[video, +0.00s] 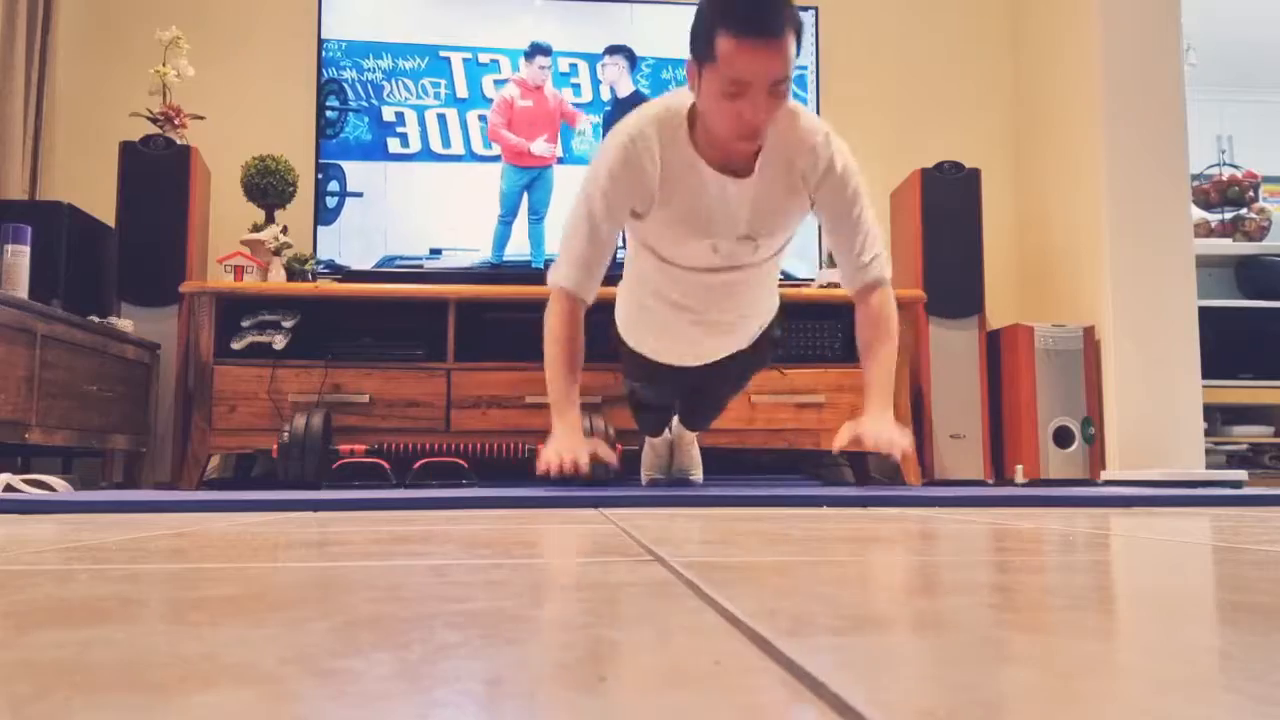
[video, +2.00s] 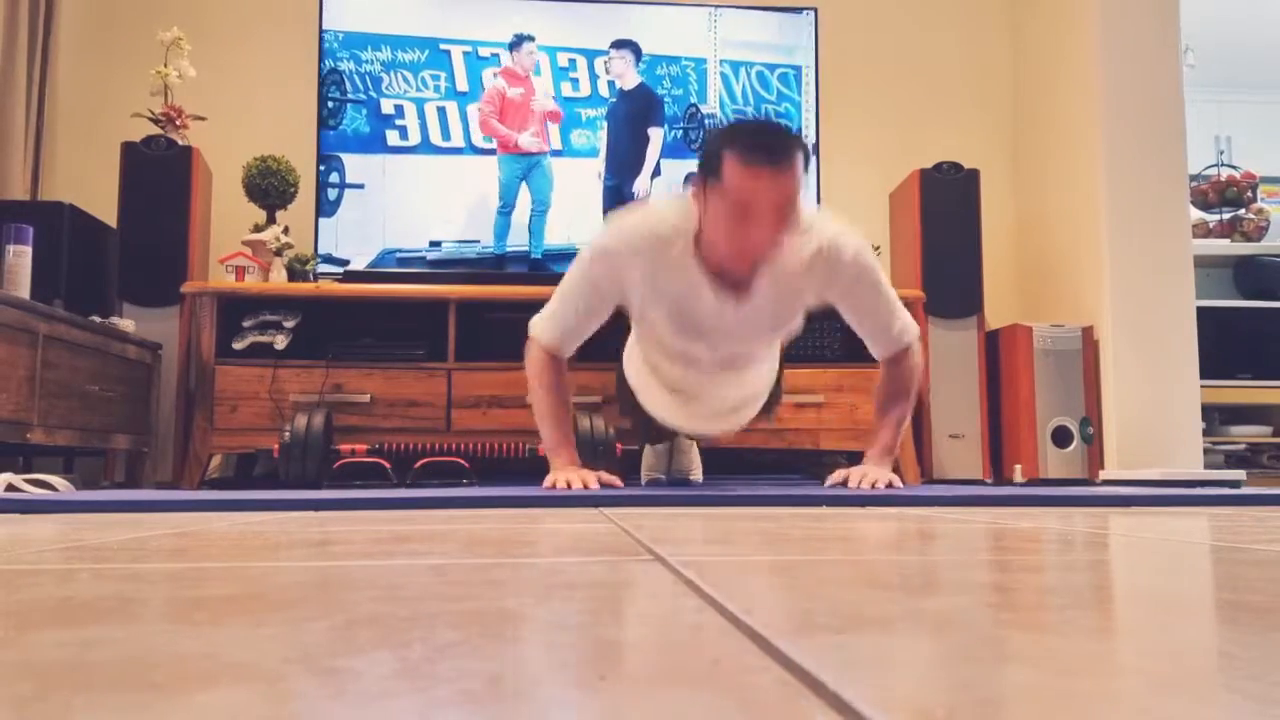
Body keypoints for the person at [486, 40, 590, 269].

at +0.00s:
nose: (546, 73)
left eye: (549, 68)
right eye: (541, 67)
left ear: (551, 67)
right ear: (526, 65)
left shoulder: (553, 95)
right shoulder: (509, 94)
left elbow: (572, 115)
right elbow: (494, 131)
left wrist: (583, 122)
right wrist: (529, 146)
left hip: (544, 168)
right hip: (515, 168)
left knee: (538, 218)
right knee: (506, 217)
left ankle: (538, 265)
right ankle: (496, 262)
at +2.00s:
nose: (535, 58)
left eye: (535, 53)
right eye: (530, 53)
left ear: (532, 55)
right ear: (515, 55)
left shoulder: (537, 83)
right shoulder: (499, 85)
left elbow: (557, 118)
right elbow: (486, 121)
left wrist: (551, 107)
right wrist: (517, 139)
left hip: (539, 156)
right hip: (511, 156)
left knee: (542, 205)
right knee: (506, 206)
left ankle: (536, 256)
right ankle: (499, 255)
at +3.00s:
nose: (508, 47)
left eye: (511, 43)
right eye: (502, 42)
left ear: (517, 47)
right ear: (491, 46)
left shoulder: (520, 77)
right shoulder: (478, 75)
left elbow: (543, 115)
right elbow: (460, 110)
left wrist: (526, 95)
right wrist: (498, 120)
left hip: (517, 155)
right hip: (487, 154)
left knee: (516, 209)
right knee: (473, 210)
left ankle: (525, 257)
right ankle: (460, 263)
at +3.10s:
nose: (505, 47)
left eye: (509, 43)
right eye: (500, 42)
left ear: (514, 47)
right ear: (488, 46)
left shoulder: (518, 77)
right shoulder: (476, 76)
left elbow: (542, 114)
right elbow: (458, 112)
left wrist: (525, 94)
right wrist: (498, 121)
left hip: (517, 155)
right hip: (486, 154)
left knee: (516, 209)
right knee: (473, 210)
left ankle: (525, 257)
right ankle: (460, 264)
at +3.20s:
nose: (505, 48)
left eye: (509, 43)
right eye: (499, 43)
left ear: (513, 47)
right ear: (488, 47)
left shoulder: (518, 77)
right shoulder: (475, 77)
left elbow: (542, 114)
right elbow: (459, 114)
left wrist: (525, 94)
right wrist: (498, 121)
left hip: (517, 155)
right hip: (486, 154)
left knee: (516, 210)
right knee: (473, 210)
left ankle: (525, 258)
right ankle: (461, 264)